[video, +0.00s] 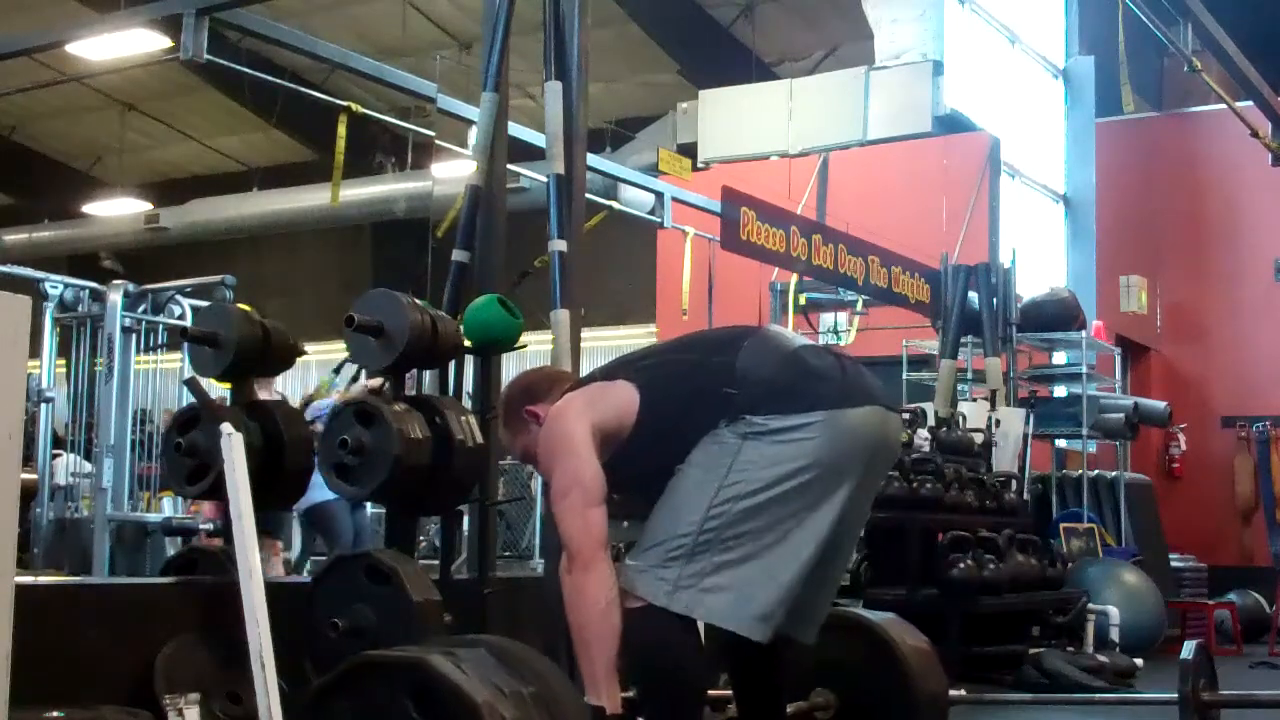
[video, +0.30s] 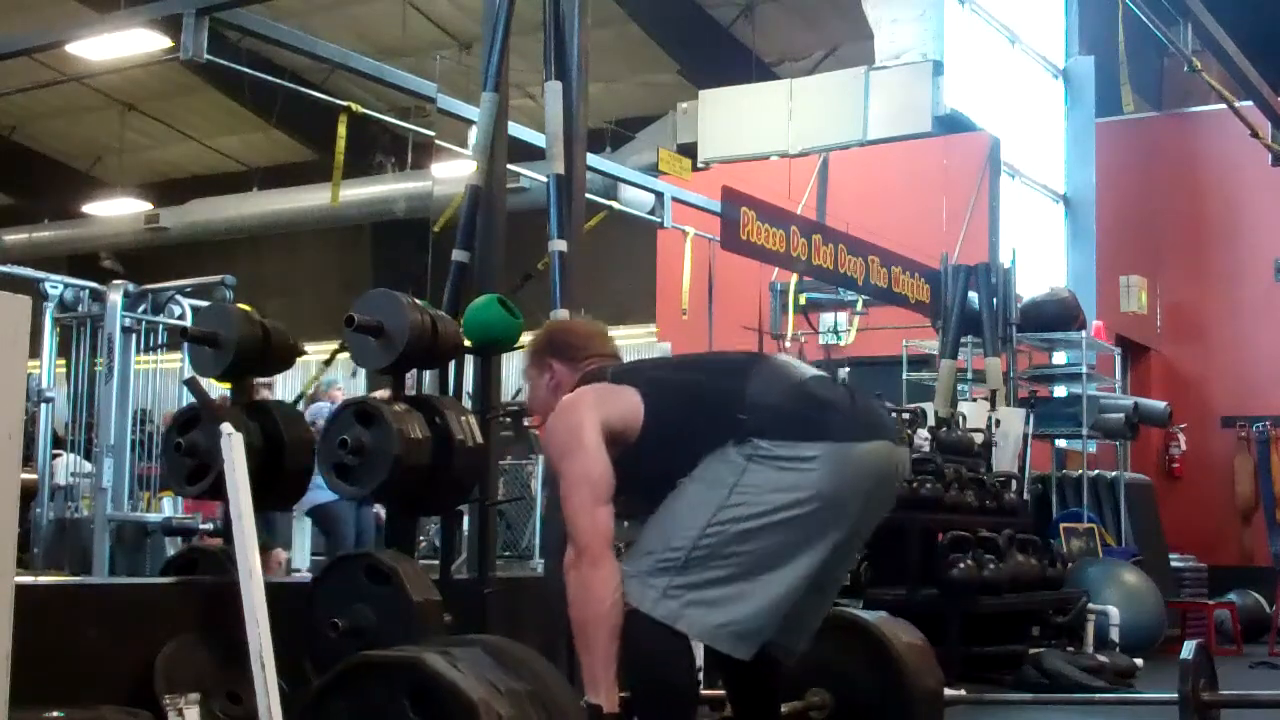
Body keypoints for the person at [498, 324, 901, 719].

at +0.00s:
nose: (541, 470)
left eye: (530, 455)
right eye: (529, 462)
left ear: (535, 416)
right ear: (568, 391)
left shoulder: (567, 418)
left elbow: (586, 559)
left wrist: (602, 701)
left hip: (787, 414)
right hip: (873, 414)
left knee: (647, 599)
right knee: (754, 625)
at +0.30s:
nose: (528, 408)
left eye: (530, 386)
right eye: (527, 390)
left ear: (555, 374)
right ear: (595, 366)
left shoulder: (576, 413)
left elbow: (590, 556)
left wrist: (601, 702)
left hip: (803, 443)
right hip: (874, 446)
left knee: (643, 603)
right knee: (742, 636)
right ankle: (757, 716)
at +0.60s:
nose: (554, 348)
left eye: (557, 333)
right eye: (554, 334)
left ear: (584, 330)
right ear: (637, 326)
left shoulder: (607, 387)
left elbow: (608, 539)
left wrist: (598, 684)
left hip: (803, 455)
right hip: (883, 460)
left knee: (645, 604)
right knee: (746, 632)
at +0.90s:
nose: (546, 356)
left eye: (547, 337)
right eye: (545, 340)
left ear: (572, 329)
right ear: (619, 320)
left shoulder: (602, 372)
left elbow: (609, 527)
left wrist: (603, 681)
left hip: (799, 424)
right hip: (880, 426)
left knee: (654, 608)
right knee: (760, 636)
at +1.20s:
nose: (549, 311)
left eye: (549, 292)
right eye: (547, 295)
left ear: (574, 284)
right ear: (625, 275)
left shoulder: (607, 327)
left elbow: (614, 482)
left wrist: (608, 636)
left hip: (795, 396)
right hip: (878, 397)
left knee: (672, 611)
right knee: (776, 626)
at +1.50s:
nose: (554, 217)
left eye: (559, 198)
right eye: (556, 200)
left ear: (587, 196)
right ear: (634, 197)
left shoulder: (612, 253)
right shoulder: (686, 233)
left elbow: (614, 402)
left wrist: (607, 549)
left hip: (781, 379)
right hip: (860, 377)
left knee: (693, 603)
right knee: (786, 618)